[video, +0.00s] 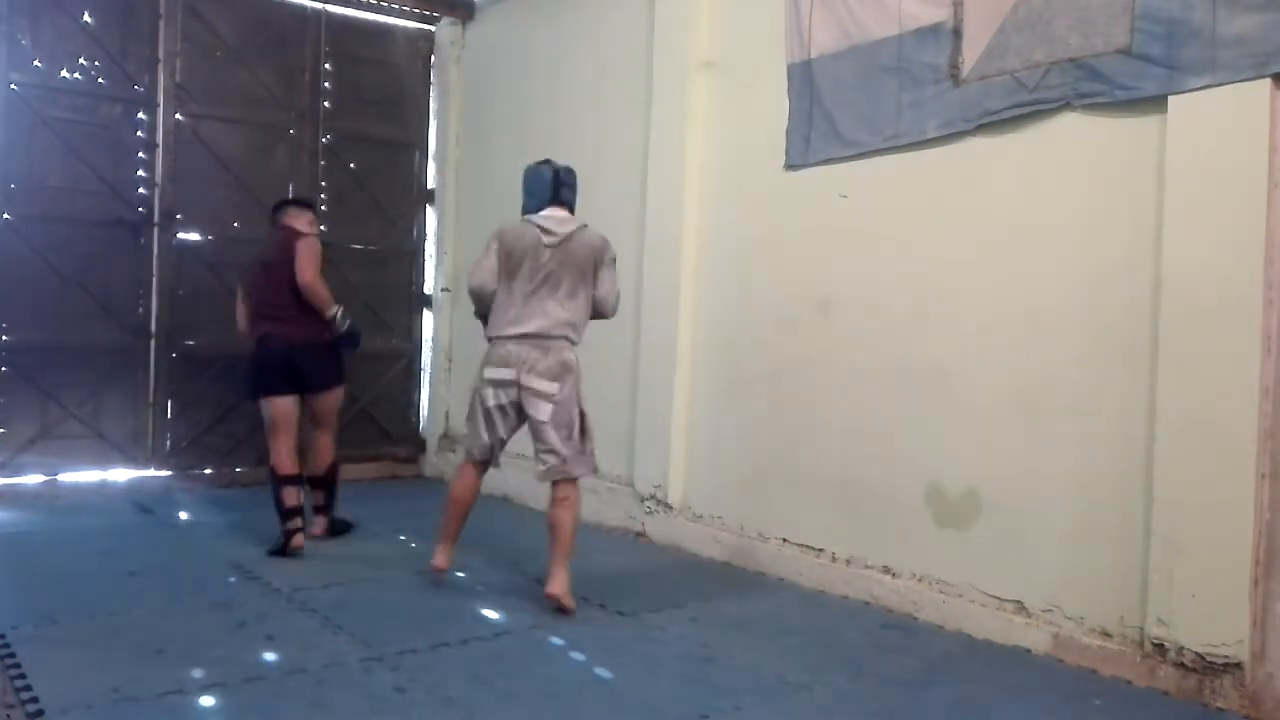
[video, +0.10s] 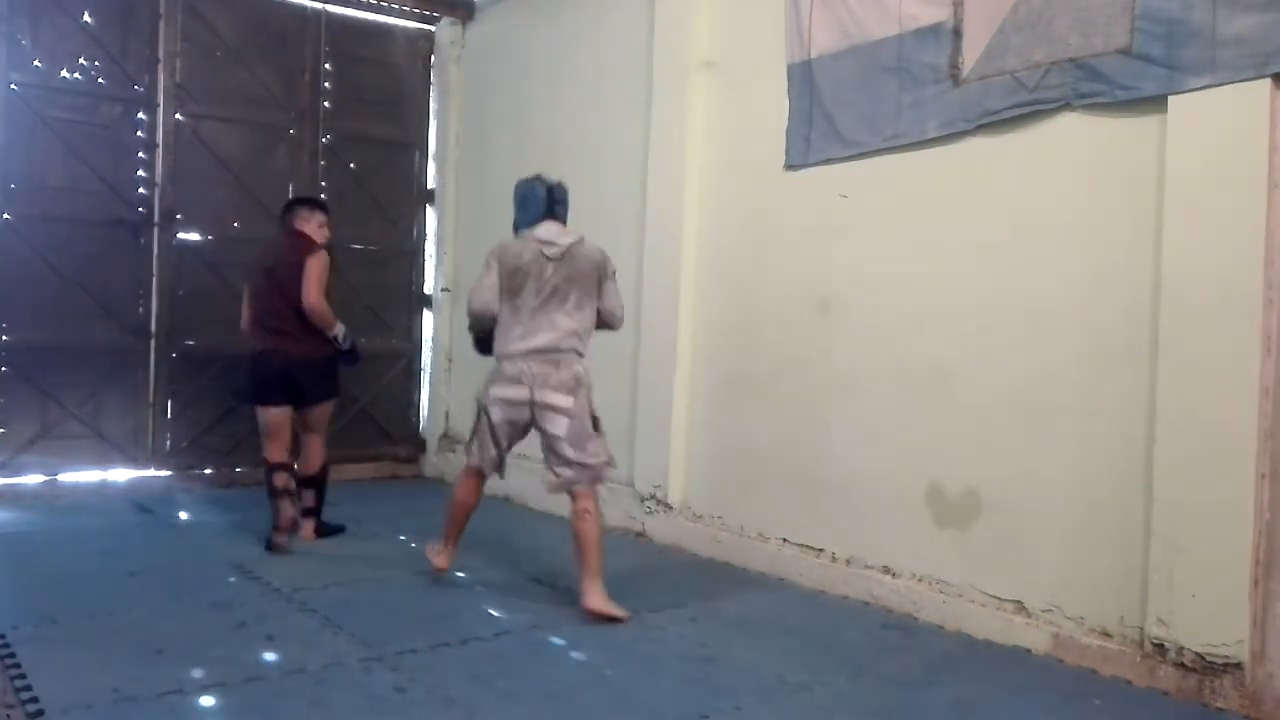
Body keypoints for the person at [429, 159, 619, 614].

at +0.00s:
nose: (527, 199)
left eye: (528, 191)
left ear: (531, 196)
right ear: (572, 197)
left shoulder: (508, 236)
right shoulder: (595, 243)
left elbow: (479, 285)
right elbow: (606, 305)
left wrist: (492, 315)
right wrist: (567, 303)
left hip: (502, 360)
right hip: (555, 366)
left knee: (475, 460)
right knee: (565, 476)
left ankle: (443, 551)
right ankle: (558, 577)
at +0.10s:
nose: (516, 217)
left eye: (517, 210)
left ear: (522, 212)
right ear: (564, 212)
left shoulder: (505, 253)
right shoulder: (593, 256)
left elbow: (481, 308)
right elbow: (612, 316)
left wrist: (484, 334)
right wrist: (571, 309)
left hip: (510, 380)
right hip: (565, 383)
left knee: (475, 468)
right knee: (583, 487)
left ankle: (445, 552)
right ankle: (593, 590)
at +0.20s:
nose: (503, 253)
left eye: (506, 246)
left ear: (511, 249)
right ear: (551, 247)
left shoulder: (501, 293)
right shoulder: (582, 289)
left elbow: (478, 363)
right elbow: (607, 346)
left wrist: (480, 373)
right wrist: (563, 340)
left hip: (513, 410)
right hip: (570, 408)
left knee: (477, 481)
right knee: (597, 502)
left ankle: (443, 556)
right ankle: (601, 604)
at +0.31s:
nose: (479, 254)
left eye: (481, 248)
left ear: (487, 250)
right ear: (526, 248)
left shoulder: (477, 293)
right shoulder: (556, 289)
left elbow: (472, 348)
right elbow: (579, 346)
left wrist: (476, 388)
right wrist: (542, 337)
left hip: (496, 405)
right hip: (546, 404)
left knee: (471, 476)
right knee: (577, 497)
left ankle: (446, 562)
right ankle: (598, 595)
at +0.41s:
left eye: (459, 229)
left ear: (460, 233)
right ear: (499, 233)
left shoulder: (447, 274)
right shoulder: (524, 272)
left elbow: (431, 323)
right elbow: (550, 323)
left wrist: (449, 351)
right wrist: (515, 331)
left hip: (466, 386)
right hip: (516, 385)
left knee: (455, 475)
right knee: (542, 480)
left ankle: (443, 562)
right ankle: (574, 566)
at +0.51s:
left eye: (438, 212)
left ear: (441, 215)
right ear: (480, 214)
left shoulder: (421, 255)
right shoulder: (505, 252)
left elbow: (392, 294)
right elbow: (531, 301)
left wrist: (414, 324)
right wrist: (496, 297)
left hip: (441, 375)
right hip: (489, 374)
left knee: (439, 467)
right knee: (509, 470)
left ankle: (436, 554)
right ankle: (515, 555)